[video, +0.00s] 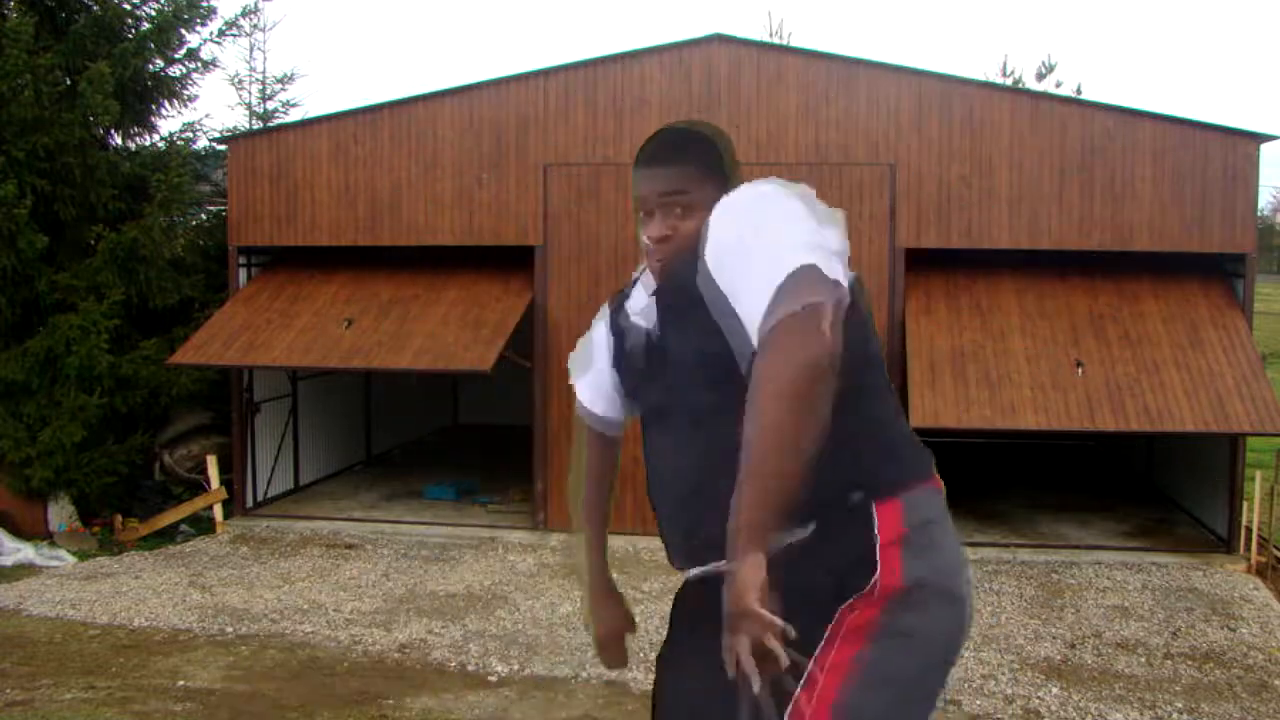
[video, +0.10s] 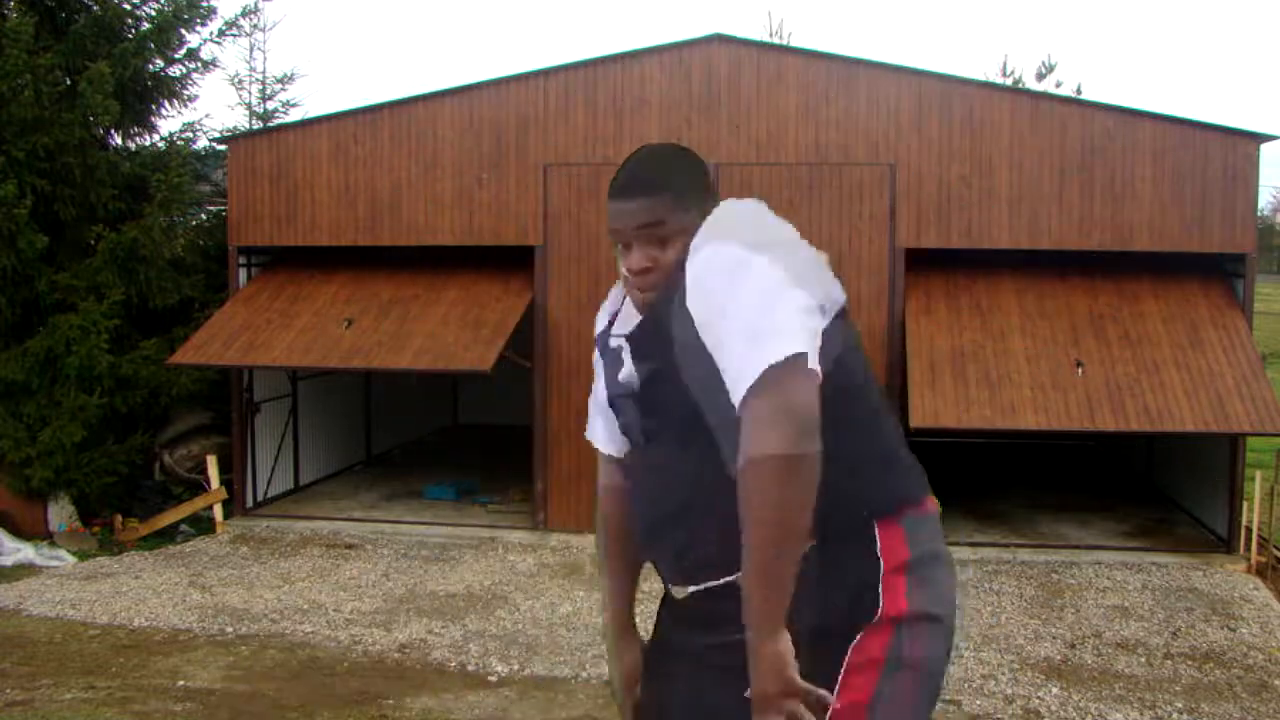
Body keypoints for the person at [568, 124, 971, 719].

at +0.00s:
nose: (657, 228)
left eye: (679, 207)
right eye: (645, 211)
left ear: (723, 200)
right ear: (634, 213)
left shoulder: (755, 214)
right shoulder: (624, 319)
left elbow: (805, 346)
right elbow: (597, 436)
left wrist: (749, 551)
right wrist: (598, 583)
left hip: (873, 562)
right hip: (726, 582)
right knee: (687, 704)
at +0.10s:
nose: (637, 262)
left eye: (658, 238)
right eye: (622, 244)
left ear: (709, 220)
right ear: (610, 240)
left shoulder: (737, 243)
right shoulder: (620, 318)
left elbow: (785, 423)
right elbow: (617, 479)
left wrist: (767, 631)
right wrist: (621, 630)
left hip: (860, 585)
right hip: (713, 598)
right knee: (661, 701)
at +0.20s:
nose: (628, 363)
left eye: (649, 337)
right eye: (613, 341)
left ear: (700, 302)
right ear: (597, 332)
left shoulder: (738, 346)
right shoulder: (614, 363)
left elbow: (805, 556)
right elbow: (627, 533)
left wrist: (825, 711)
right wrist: (637, 685)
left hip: (910, 628)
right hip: (740, 620)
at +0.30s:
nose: (688, 421)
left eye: (707, 396)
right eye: (670, 400)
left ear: (760, 354)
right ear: (652, 382)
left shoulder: (810, 394)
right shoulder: (662, 414)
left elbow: (925, 577)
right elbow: (684, 565)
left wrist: (963, 713)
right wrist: (695, 700)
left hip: (989, 634)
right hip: (817, 644)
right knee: (757, 703)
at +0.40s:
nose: (745, 435)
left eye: (767, 410)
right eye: (725, 413)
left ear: (813, 376)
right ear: (703, 398)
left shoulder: (878, 413)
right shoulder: (707, 434)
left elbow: (1047, 552)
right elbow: (740, 566)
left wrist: (1077, 710)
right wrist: (759, 690)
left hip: (1027, 638)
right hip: (885, 658)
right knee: (802, 707)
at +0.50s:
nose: (869, 412)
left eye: (889, 385)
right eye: (846, 391)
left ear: (924, 363)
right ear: (811, 379)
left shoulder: (996, 403)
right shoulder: (789, 446)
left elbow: (1168, 525)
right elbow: (813, 576)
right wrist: (848, 694)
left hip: (1076, 670)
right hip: (934, 674)